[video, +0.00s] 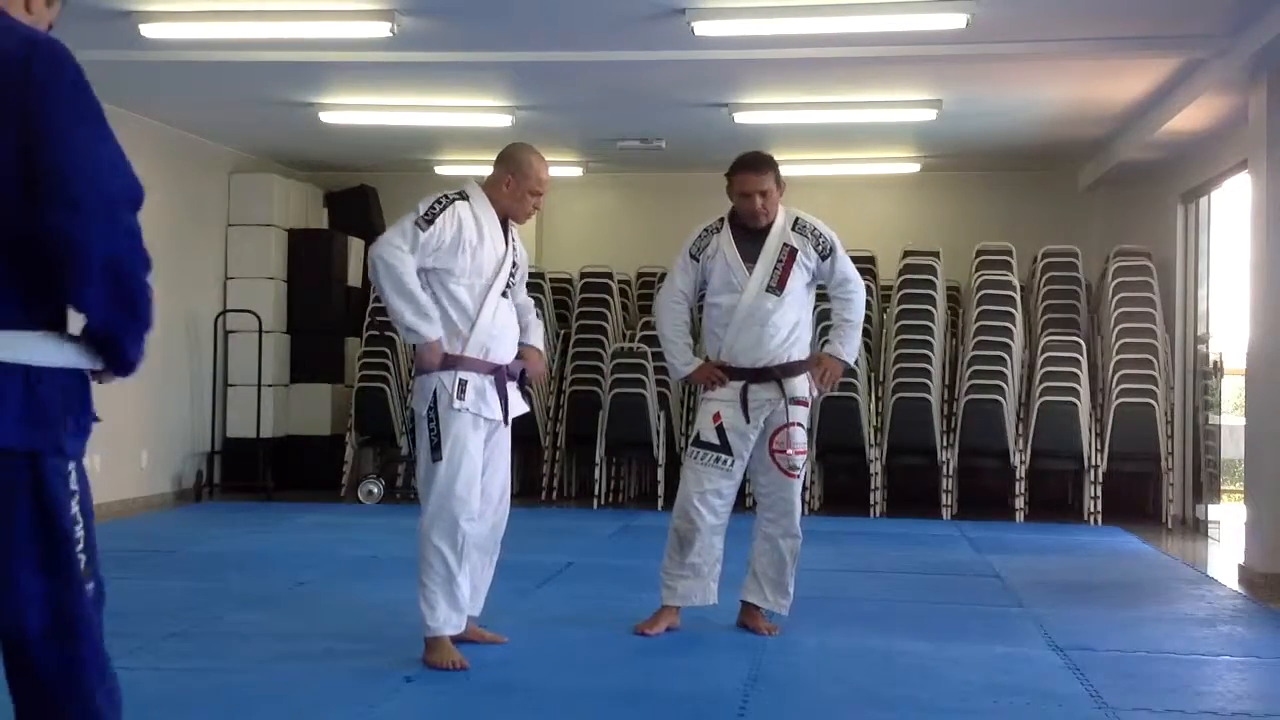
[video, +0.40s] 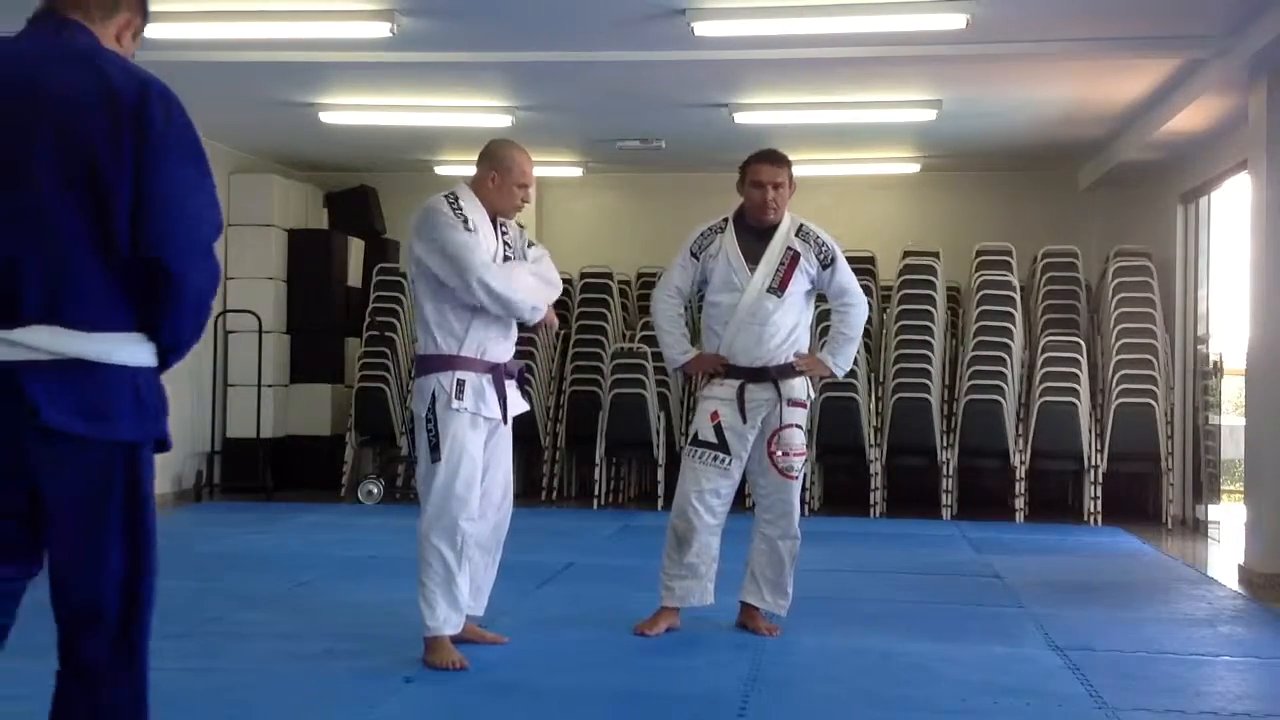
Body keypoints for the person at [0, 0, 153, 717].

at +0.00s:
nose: (53, 19)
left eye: (53, 12)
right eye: (54, 10)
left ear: (18, 6)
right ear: (32, 4)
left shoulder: (33, 65)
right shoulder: (32, 59)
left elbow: (98, 207)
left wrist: (106, 334)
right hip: (21, 382)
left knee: (51, 620)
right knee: (54, 627)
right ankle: (75, 708)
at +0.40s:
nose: (134, 50)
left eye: (137, 37)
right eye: (138, 34)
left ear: (45, 11)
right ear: (122, 20)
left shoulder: (2, 69)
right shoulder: (136, 98)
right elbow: (189, 259)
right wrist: (150, 351)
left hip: (4, 383)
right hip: (92, 390)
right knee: (102, 625)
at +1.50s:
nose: (123, 92)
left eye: (126, 82)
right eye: (129, 81)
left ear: (48, 54)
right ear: (111, 68)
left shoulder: (4, 106)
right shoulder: (110, 122)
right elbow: (138, 241)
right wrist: (171, 329)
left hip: (4, 388)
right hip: (76, 395)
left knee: (3, 594)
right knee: (140, 583)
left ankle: (11, 704)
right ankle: (130, 711)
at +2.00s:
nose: (223, 109)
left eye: (224, 100)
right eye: (227, 98)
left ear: (151, 65)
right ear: (212, 82)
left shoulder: (58, 125)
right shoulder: (219, 139)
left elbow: (7, 250)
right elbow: (263, 257)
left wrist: (60, 330)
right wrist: (257, 345)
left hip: (74, 396)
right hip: (181, 402)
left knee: (53, 580)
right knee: (185, 593)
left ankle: (25, 709)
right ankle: (175, 714)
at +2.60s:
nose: (262, 112)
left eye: (265, 104)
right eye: (267, 104)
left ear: (194, 72)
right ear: (255, 91)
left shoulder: (111, 121)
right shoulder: (261, 147)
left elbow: (38, 238)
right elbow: (287, 267)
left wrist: (102, 317)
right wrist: (287, 354)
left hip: (109, 392)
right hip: (209, 400)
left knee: (97, 575)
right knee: (201, 586)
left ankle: (87, 709)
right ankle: (180, 712)